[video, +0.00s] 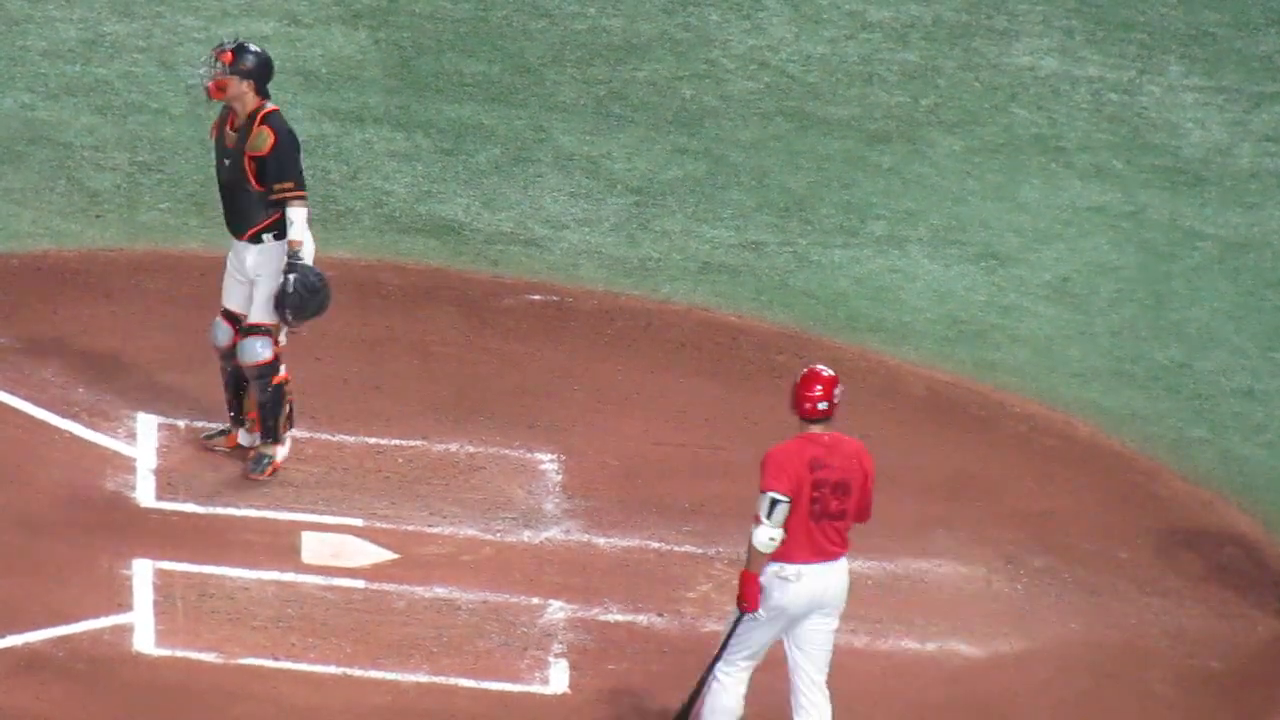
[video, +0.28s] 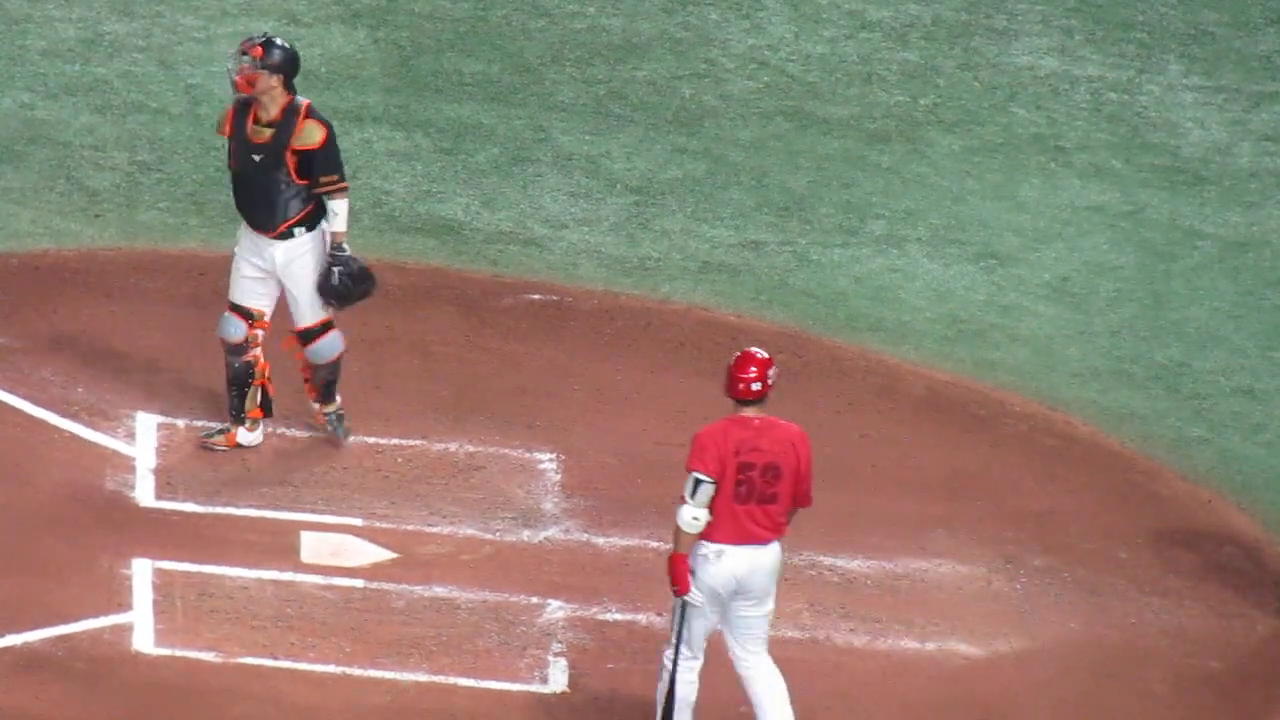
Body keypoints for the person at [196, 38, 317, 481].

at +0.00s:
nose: (219, 80)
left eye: (227, 75)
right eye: (220, 73)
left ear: (249, 82)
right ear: (233, 79)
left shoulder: (275, 130)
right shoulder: (223, 123)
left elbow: (295, 200)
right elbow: (238, 185)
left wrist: (297, 260)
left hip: (274, 248)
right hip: (242, 246)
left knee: (258, 345)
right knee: (228, 337)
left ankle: (274, 440)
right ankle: (242, 427)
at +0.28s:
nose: (244, 75)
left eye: (254, 70)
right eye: (244, 67)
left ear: (278, 78)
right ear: (250, 73)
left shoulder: (310, 128)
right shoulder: (236, 117)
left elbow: (336, 193)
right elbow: (249, 173)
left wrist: (338, 251)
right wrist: (260, 219)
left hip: (301, 244)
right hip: (254, 240)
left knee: (317, 338)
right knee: (238, 331)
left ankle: (328, 405)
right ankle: (247, 424)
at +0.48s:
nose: (286, 79)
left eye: (298, 74)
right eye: (286, 70)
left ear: (321, 84)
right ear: (282, 74)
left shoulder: (354, 130)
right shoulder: (262, 124)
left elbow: (377, 189)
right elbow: (256, 181)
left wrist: (384, 244)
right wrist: (263, 220)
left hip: (336, 247)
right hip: (280, 245)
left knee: (360, 331)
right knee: (251, 331)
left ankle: (346, 409)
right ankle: (248, 423)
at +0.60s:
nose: (333, 88)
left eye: (342, 80)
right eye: (326, 79)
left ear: (356, 85)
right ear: (314, 82)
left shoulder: (383, 129)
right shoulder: (291, 133)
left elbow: (402, 189)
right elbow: (280, 192)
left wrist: (407, 246)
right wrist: (287, 231)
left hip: (362, 250)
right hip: (307, 250)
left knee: (373, 334)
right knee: (268, 332)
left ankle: (346, 415)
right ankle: (251, 423)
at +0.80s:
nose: (391, 89)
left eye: (399, 80)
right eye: (382, 81)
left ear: (409, 83)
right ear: (365, 84)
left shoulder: (426, 125)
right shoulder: (339, 134)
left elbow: (431, 185)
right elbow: (319, 191)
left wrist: (433, 237)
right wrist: (322, 237)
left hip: (398, 249)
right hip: (351, 248)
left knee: (389, 336)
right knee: (322, 340)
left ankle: (345, 417)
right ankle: (275, 420)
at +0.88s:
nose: (411, 86)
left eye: (417, 78)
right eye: (402, 79)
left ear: (425, 80)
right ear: (382, 83)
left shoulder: (437, 123)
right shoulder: (355, 132)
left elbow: (440, 183)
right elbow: (332, 191)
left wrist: (443, 236)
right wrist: (335, 239)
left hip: (405, 247)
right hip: (362, 246)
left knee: (392, 336)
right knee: (351, 343)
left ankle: (347, 416)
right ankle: (296, 421)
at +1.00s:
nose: (435, 90)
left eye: (441, 82)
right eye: (424, 82)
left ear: (448, 84)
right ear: (405, 86)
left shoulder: (456, 128)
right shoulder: (377, 132)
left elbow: (454, 186)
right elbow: (349, 189)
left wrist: (458, 237)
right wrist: (346, 236)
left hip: (413, 249)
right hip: (372, 244)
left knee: (395, 340)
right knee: (389, 342)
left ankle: (356, 414)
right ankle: (343, 424)